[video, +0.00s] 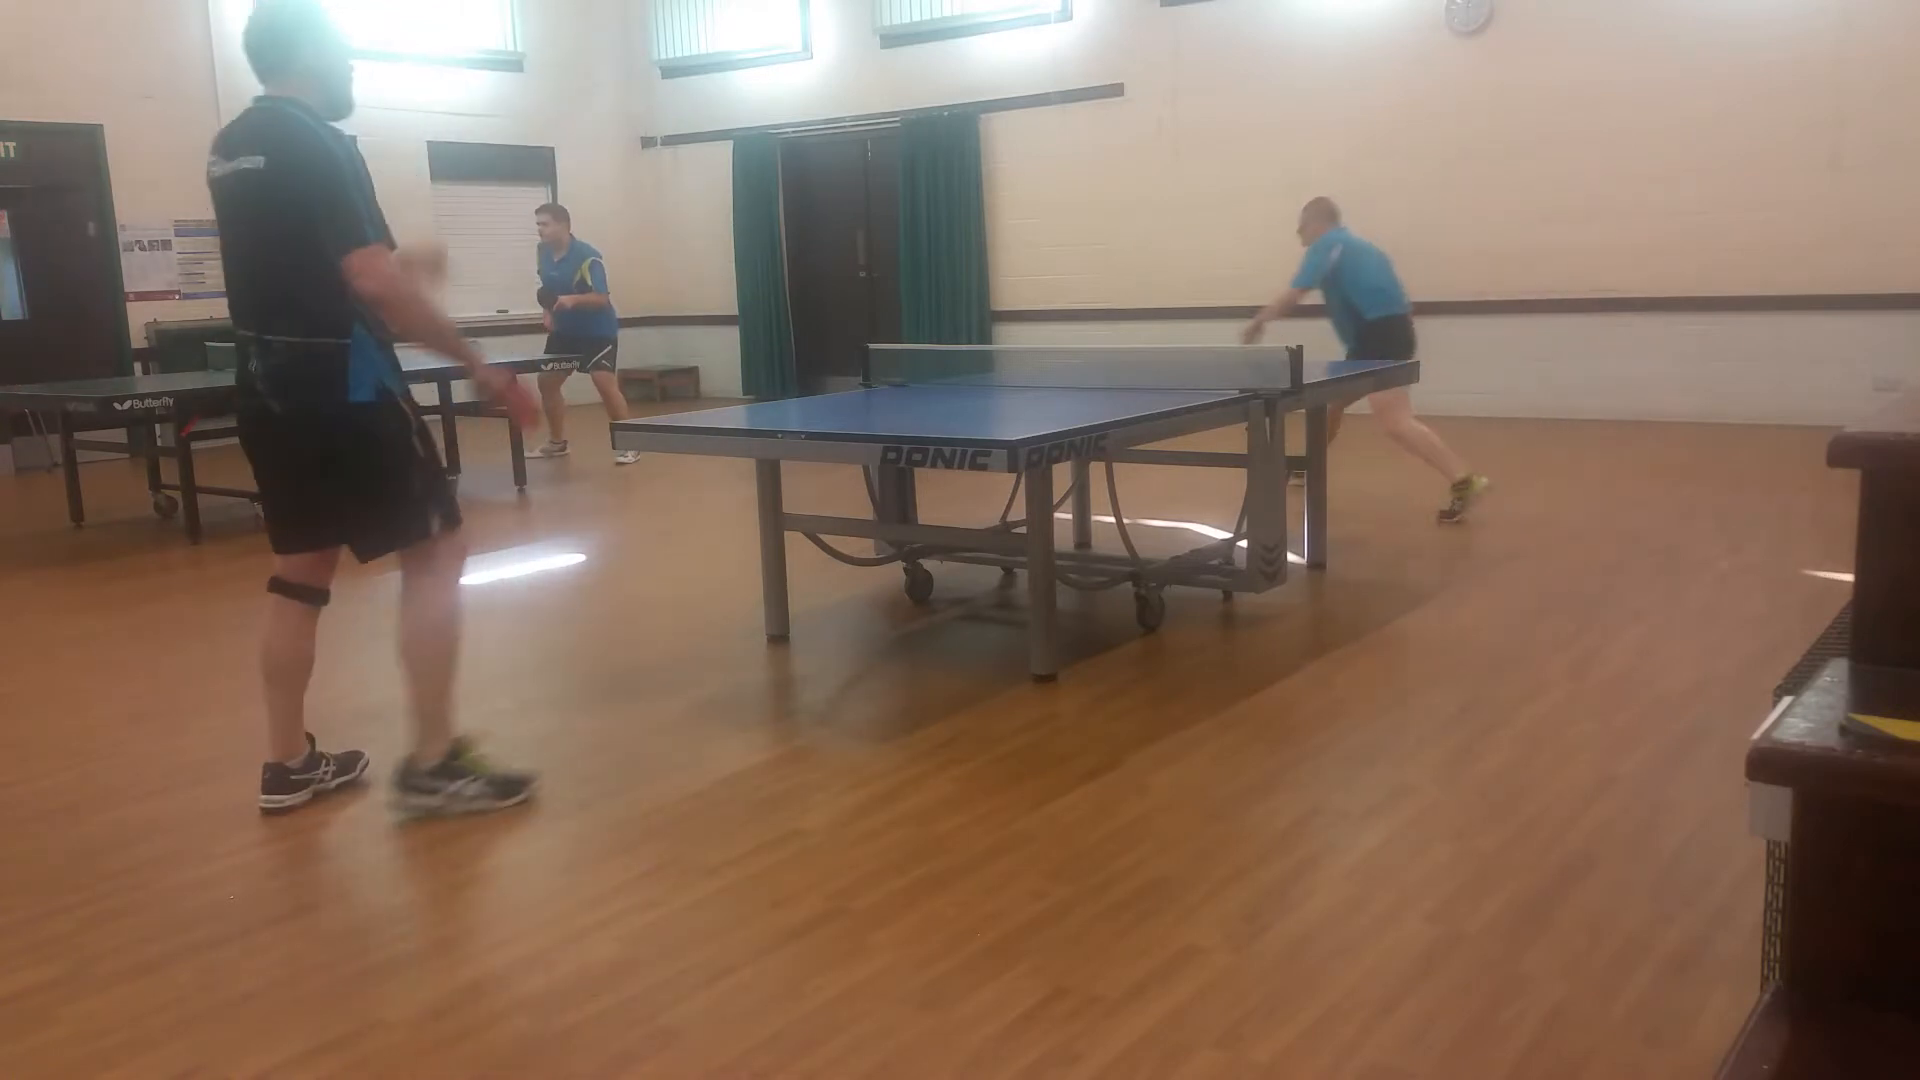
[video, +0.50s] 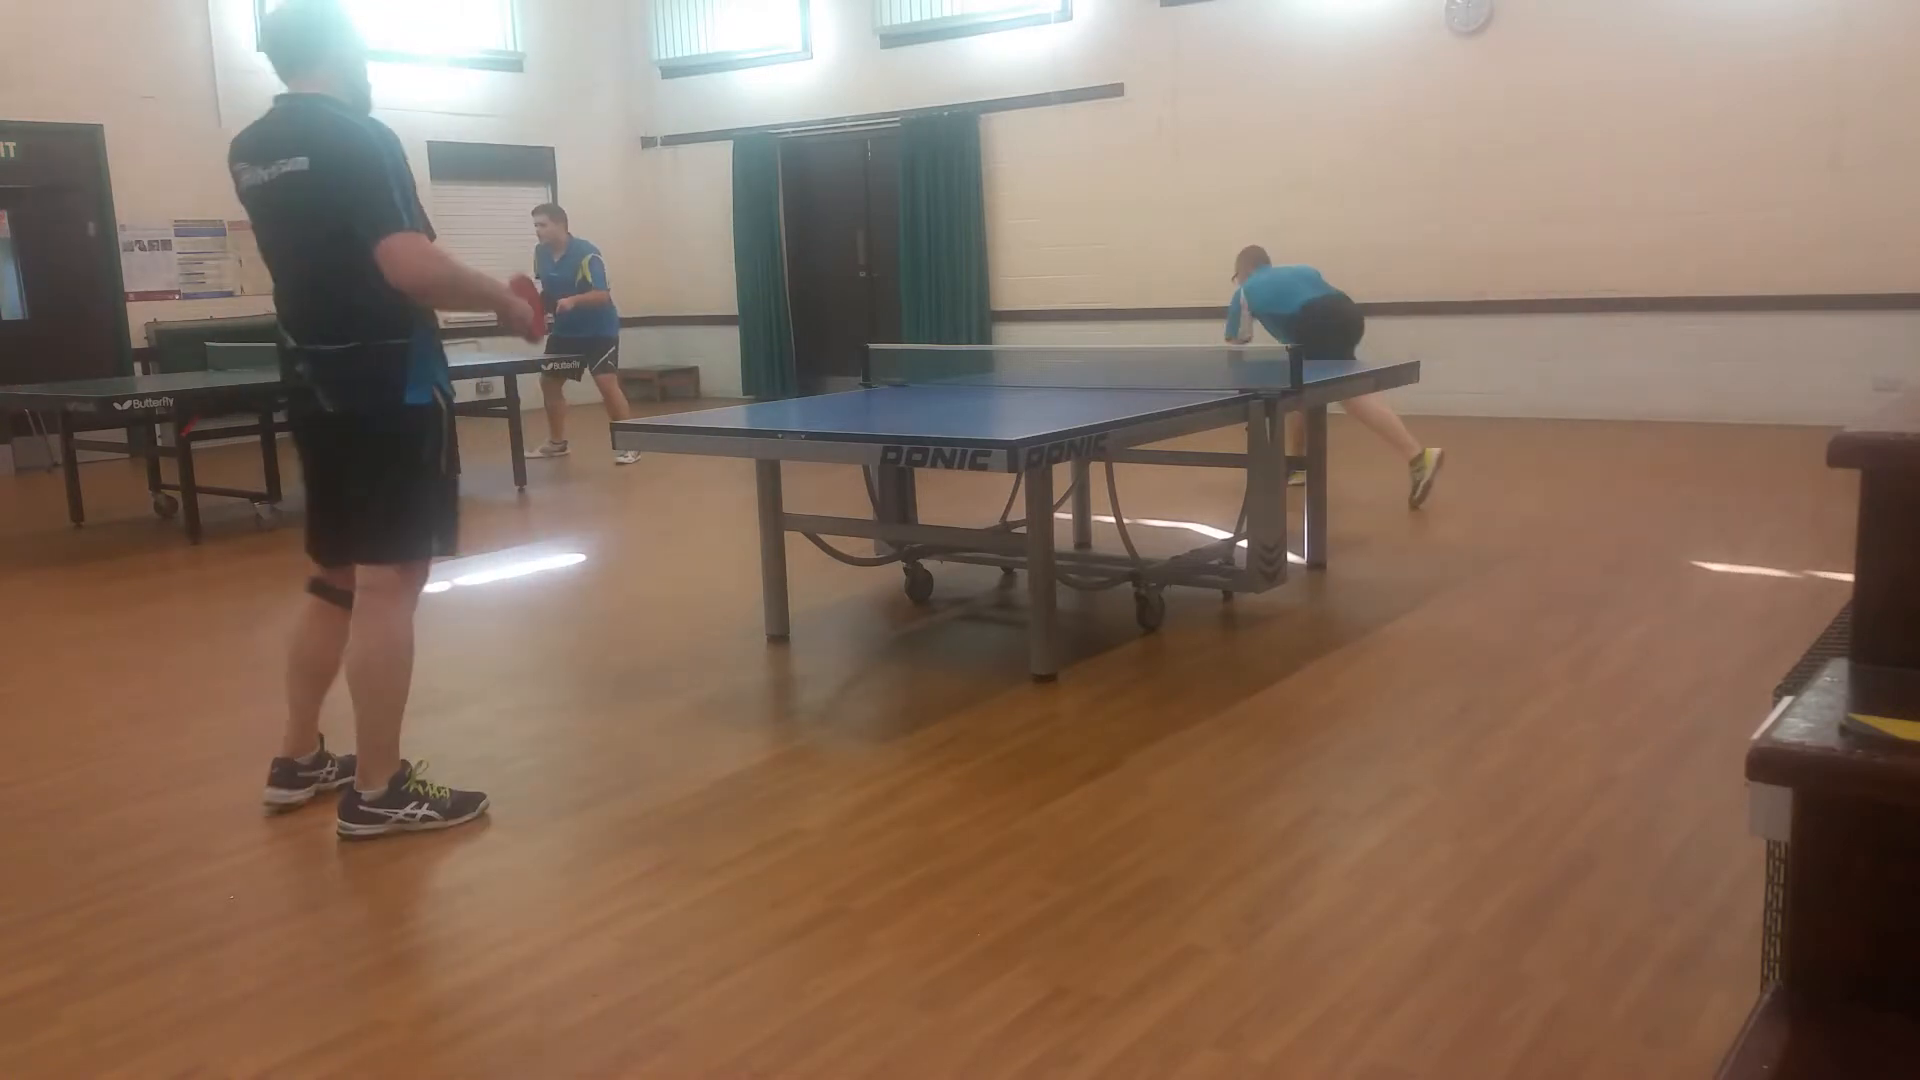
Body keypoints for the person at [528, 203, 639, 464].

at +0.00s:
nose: (540, 230)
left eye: (544, 224)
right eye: (538, 225)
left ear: (564, 226)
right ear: (540, 227)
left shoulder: (588, 255)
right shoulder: (543, 251)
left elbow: (602, 297)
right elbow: (548, 286)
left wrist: (573, 299)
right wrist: (548, 310)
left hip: (598, 331)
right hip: (565, 331)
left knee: (604, 381)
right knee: (548, 382)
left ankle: (629, 445)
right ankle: (557, 442)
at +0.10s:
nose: (539, 232)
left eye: (544, 227)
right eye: (538, 228)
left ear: (563, 228)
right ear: (540, 230)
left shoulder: (587, 257)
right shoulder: (543, 253)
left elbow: (602, 299)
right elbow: (550, 293)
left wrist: (571, 301)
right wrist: (546, 319)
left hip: (598, 332)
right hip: (566, 332)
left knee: (603, 381)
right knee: (546, 382)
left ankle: (628, 444)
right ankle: (557, 442)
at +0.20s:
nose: (539, 231)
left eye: (543, 226)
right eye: (537, 226)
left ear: (562, 226)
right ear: (539, 228)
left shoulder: (587, 254)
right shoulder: (542, 251)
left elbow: (601, 295)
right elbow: (544, 287)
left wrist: (572, 299)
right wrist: (546, 312)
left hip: (598, 330)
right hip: (564, 330)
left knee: (604, 381)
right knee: (548, 382)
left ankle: (629, 444)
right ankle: (557, 442)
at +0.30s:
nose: (538, 230)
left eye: (543, 224)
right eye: (536, 225)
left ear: (561, 224)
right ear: (538, 227)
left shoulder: (587, 252)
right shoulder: (541, 250)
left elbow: (601, 294)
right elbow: (542, 285)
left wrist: (572, 298)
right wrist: (545, 310)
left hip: (598, 330)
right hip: (564, 331)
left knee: (605, 381)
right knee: (550, 382)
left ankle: (628, 444)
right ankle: (557, 442)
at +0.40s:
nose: (537, 231)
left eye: (542, 226)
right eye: (535, 227)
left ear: (561, 226)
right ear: (538, 229)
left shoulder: (586, 254)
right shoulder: (541, 253)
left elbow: (602, 295)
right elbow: (545, 289)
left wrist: (572, 300)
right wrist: (542, 313)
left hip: (599, 329)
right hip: (565, 330)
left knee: (606, 382)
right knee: (550, 383)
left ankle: (628, 444)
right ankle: (557, 442)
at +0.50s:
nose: (537, 230)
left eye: (542, 225)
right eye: (535, 226)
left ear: (561, 225)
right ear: (538, 228)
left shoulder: (587, 253)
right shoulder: (541, 253)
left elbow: (603, 295)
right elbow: (548, 291)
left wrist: (574, 300)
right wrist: (533, 305)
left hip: (599, 330)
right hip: (565, 330)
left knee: (606, 382)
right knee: (550, 383)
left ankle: (629, 444)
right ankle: (557, 442)